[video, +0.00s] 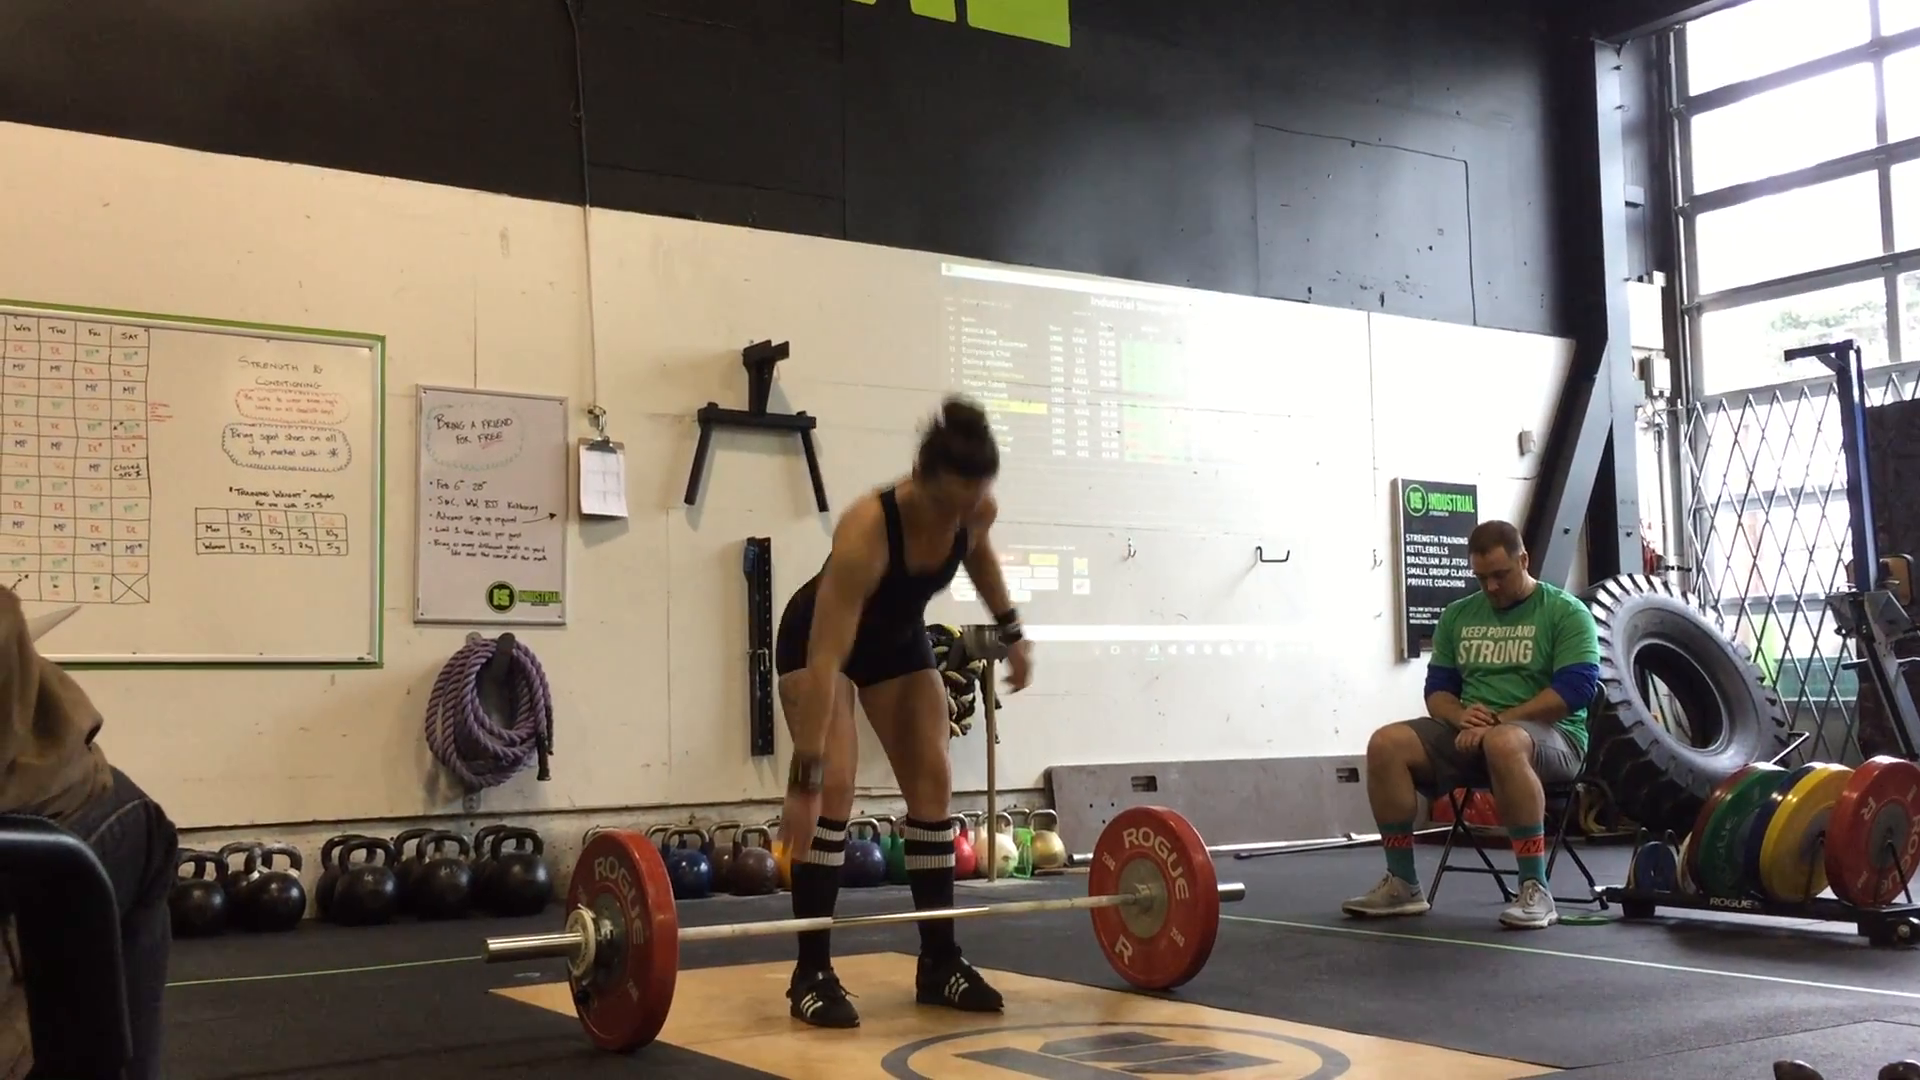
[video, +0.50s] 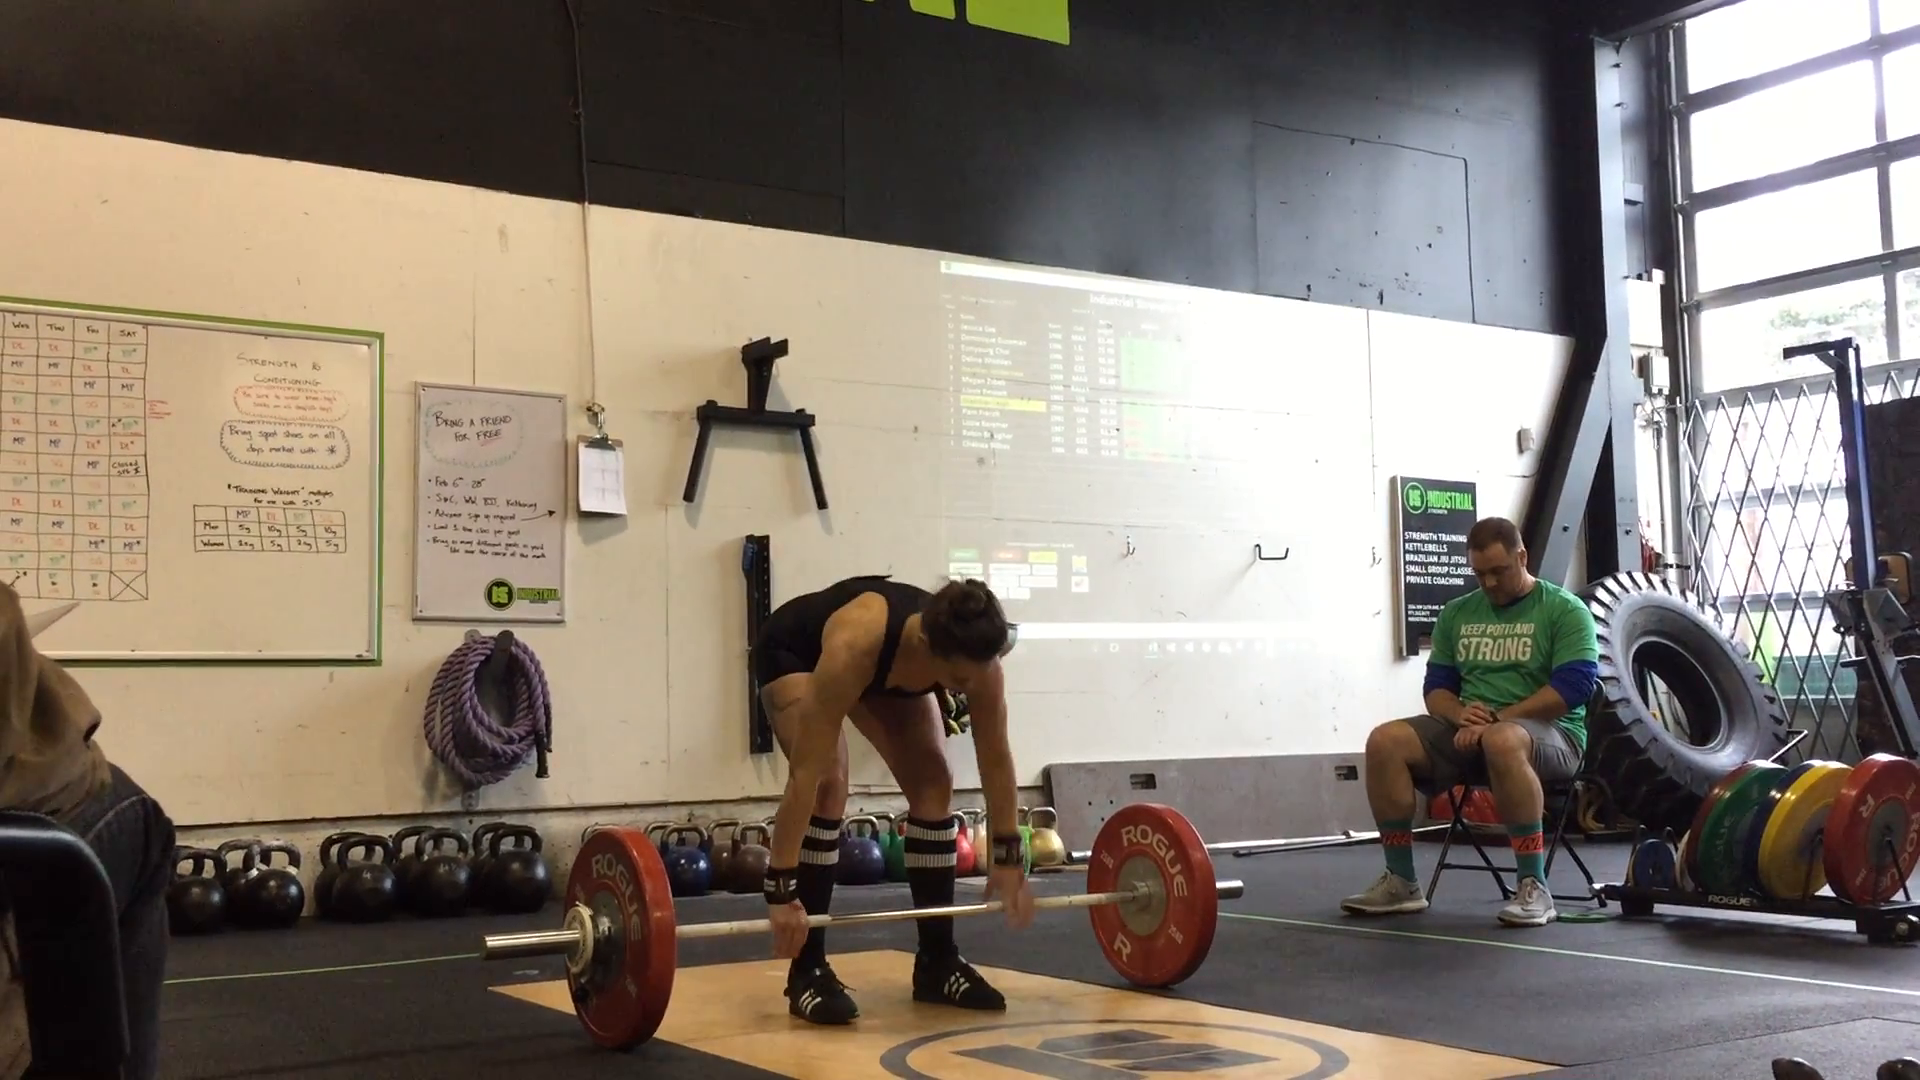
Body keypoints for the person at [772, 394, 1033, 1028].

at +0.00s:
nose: (978, 510)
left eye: (983, 498)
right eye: (964, 500)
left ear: (985, 482)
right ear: (924, 481)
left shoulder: (974, 510)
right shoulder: (867, 529)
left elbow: (975, 556)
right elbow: (824, 656)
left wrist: (1013, 632)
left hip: (895, 635)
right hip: (823, 639)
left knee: (932, 780)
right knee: (835, 788)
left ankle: (939, 965)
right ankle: (812, 974)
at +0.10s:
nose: (963, 580)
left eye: (972, 571)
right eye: (952, 570)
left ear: (985, 549)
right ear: (923, 544)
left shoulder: (965, 550)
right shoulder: (867, 586)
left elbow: (972, 589)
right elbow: (824, 724)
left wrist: (990, 645)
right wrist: (792, 844)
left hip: (891, 641)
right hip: (812, 643)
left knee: (936, 778)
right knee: (836, 783)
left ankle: (939, 963)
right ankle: (813, 973)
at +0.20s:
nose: (954, 632)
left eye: (965, 622)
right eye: (944, 622)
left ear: (976, 600)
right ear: (914, 593)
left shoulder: (955, 584)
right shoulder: (856, 633)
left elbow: (973, 613)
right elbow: (817, 766)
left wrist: (985, 663)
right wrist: (786, 881)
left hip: (894, 650)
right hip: (804, 653)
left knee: (940, 779)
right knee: (834, 786)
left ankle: (939, 963)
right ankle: (812, 973)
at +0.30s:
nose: (945, 664)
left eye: (960, 652)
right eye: (938, 651)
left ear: (982, 627)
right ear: (913, 618)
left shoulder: (975, 614)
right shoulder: (850, 646)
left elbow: (984, 643)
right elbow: (806, 777)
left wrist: (1001, 709)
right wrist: (782, 890)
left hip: (887, 656)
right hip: (802, 654)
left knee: (936, 779)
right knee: (830, 786)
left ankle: (940, 962)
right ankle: (812, 974)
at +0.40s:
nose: (953, 680)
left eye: (965, 669)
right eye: (945, 668)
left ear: (982, 646)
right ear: (914, 630)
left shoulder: (981, 645)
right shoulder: (852, 642)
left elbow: (999, 723)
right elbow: (802, 776)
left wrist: (1017, 802)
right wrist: (778, 890)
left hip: (888, 664)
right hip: (795, 654)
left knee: (934, 782)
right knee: (828, 784)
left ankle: (939, 963)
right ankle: (811, 974)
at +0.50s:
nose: (968, 688)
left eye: (976, 676)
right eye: (958, 678)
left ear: (987, 656)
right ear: (927, 646)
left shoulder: (983, 662)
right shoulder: (853, 646)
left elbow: (995, 758)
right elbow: (806, 771)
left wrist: (1006, 854)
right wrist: (780, 887)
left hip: (885, 667)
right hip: (792, 655)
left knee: (933, 785)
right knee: (829, 786)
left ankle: (937, 963)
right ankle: (809, 972)